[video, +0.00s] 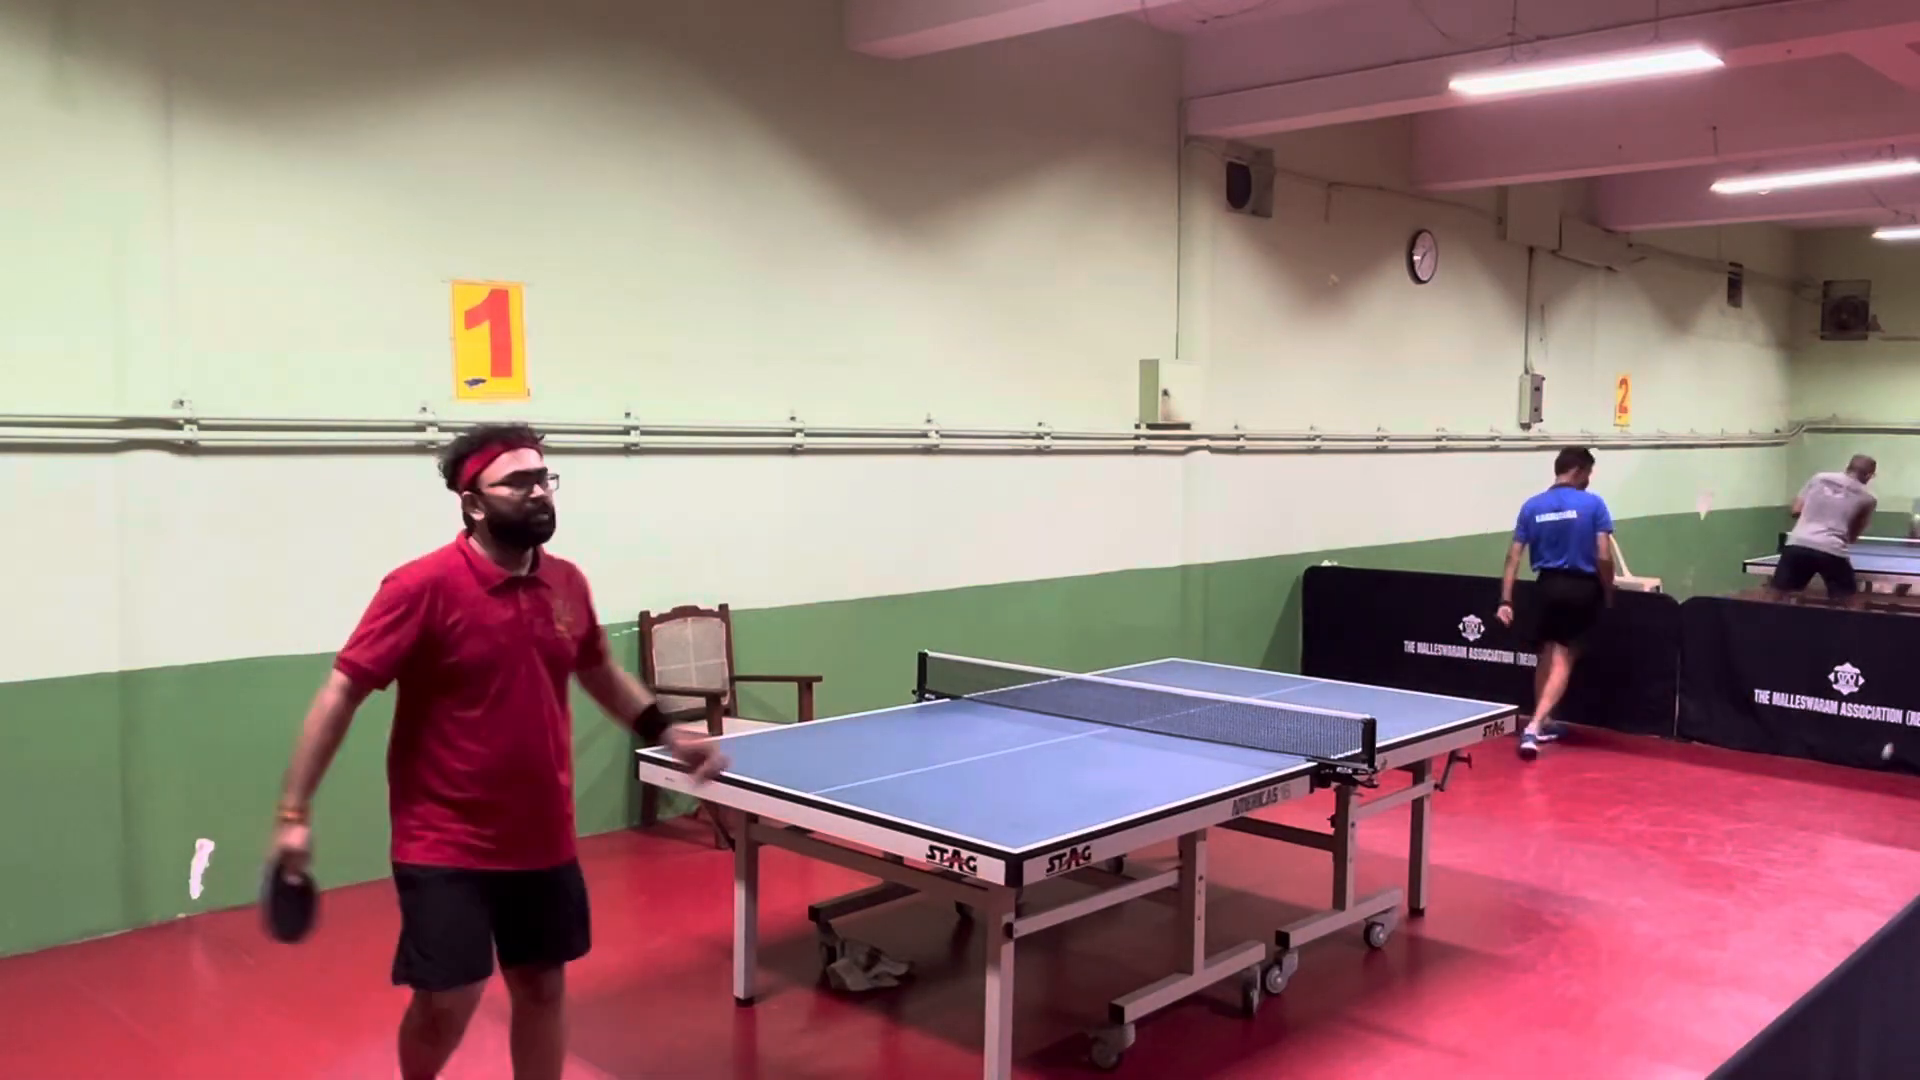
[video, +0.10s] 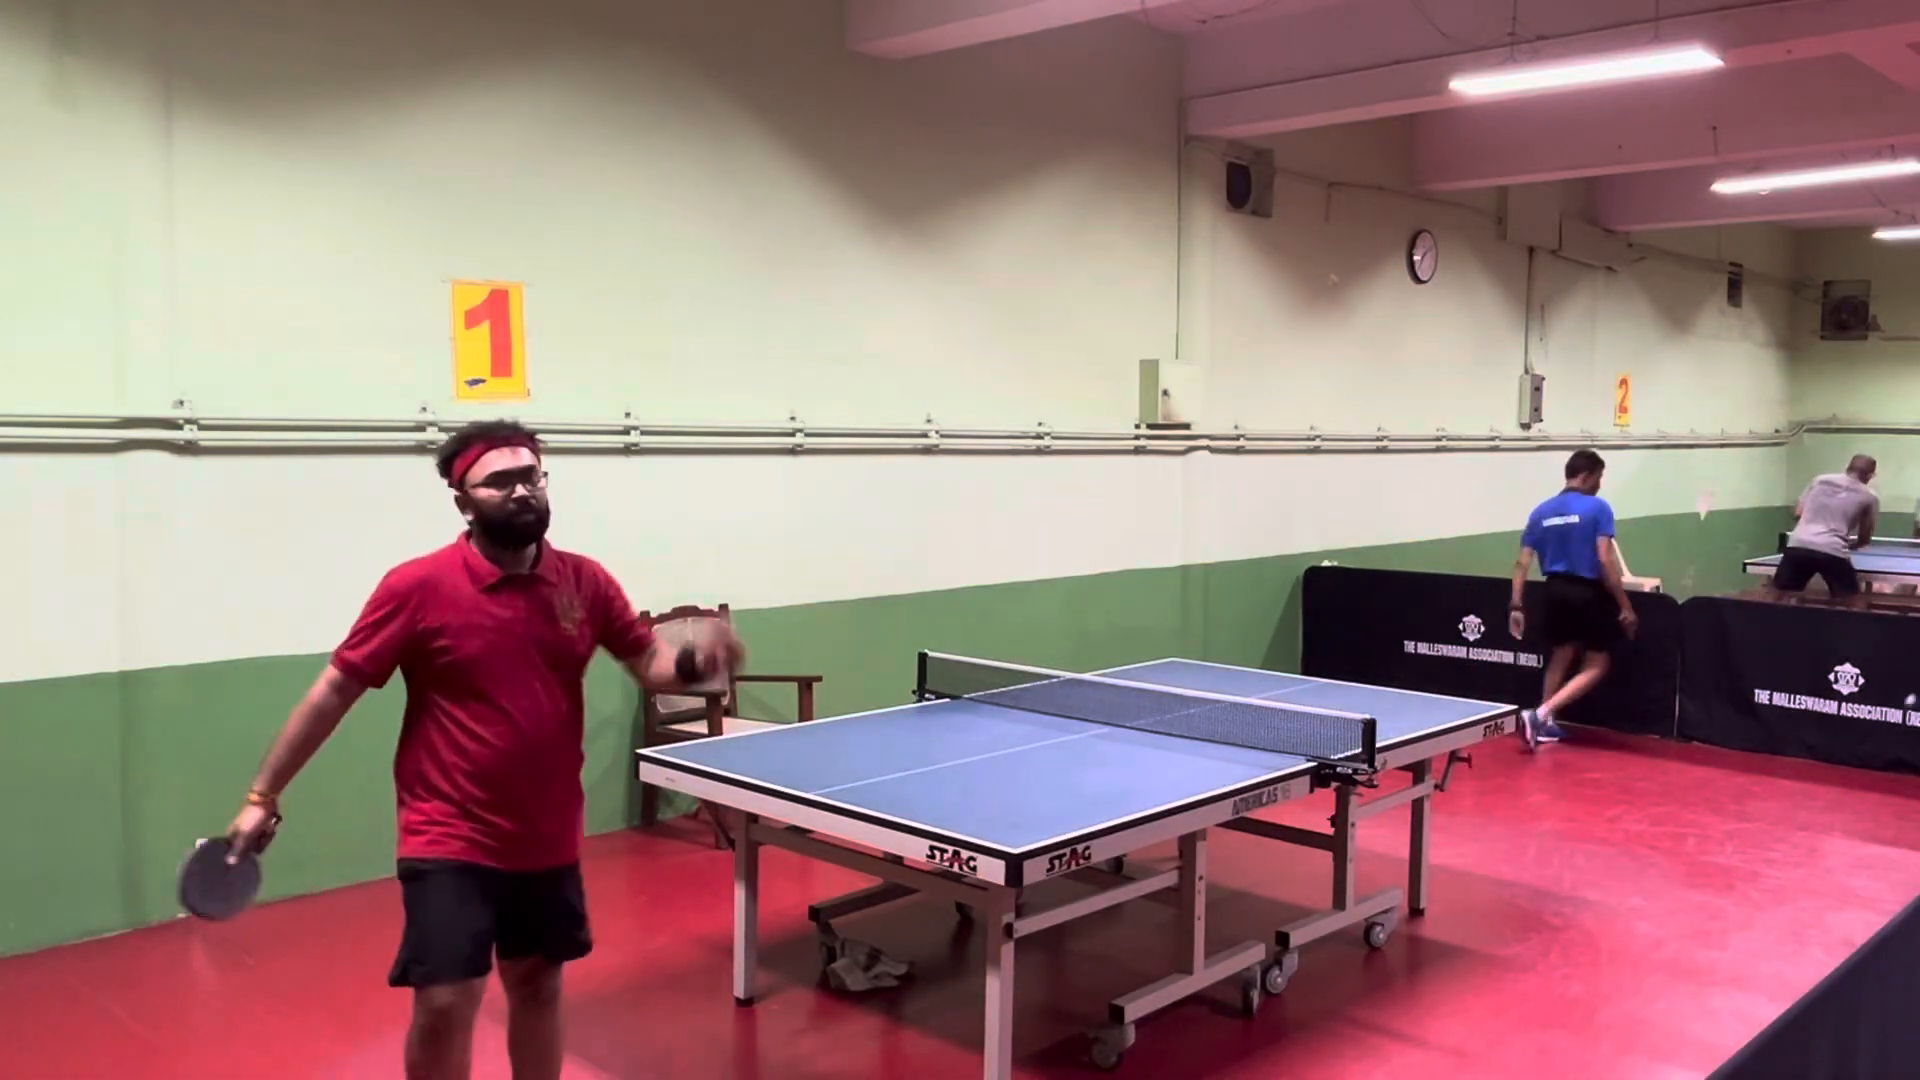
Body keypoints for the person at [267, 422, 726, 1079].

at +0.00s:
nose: (541, 490)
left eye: (545, 478)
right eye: (520, 481)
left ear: (552, 486)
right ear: (472, 503)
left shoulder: (564, 583)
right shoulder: (420, 589)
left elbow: (600, 671)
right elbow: (340, 694)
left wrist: (665, 732)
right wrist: (293, 815)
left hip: (539, 834)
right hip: (444, 839)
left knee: (542, 988)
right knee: (451, 996)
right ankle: (415, 1076)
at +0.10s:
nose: (523, 491)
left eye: (532, 476)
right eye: (501, 481)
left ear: (547, 485)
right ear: (461, 499)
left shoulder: (584, 583)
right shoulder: (417, 589)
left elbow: (651, 659)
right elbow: (332, 693)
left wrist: (693, 656)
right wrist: (261, 797)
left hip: (545, 832)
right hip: (448, 832)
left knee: (539, 987)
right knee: (446, 1004)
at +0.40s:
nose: (463, 507)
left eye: (481, 491)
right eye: (442, 497)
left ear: (512, 505)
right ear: (419, 521)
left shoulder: (564, 598)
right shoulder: (394, 621)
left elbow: (631, 650)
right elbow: (365, 737)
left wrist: (600, 544)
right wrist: (321, 846)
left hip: (549, 888)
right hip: (437, 901)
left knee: (556, 1050)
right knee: (457, 1065)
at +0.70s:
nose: (335, 532)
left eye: (352, 507)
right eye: (330, 520)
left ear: (420, 504)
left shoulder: (505, 611)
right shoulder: (362, 619)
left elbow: (576, 743)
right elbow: (359, 747)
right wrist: (318, 867)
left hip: (471, 910)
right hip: (374, 910)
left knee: (427, 1067)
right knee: (394, 1059)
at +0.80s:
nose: (300, 537)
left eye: (315, 514)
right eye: (297, 522)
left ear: (379, 510)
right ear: (374, 514)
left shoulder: (483, 623)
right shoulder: (349, 617)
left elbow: (553, 766)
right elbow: (346, 757)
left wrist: (550, 901)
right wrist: (295, 850)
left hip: (441, 934)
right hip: (354, 927)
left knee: (379, 1072)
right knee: (400, 1069)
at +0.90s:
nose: (272, 562)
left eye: (283, 537)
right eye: (269, 542)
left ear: (348, 528)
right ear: (346, 531)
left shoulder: (456, 635)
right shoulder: (325, 630)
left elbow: (543, 770)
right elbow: (321, 768)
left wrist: (515, 902)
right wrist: (265, 855)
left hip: (410, 958)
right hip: (326, 953)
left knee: (390, 1071)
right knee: (341, 1070)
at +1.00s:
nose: (241, 583)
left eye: (253, 558)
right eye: (236, 564)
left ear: (320, 541)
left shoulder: (424, 650)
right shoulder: (297, 646)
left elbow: (514, 794)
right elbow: (293, 792)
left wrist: (444, 935)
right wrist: (240, 890)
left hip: (367, 990)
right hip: (286, 985)